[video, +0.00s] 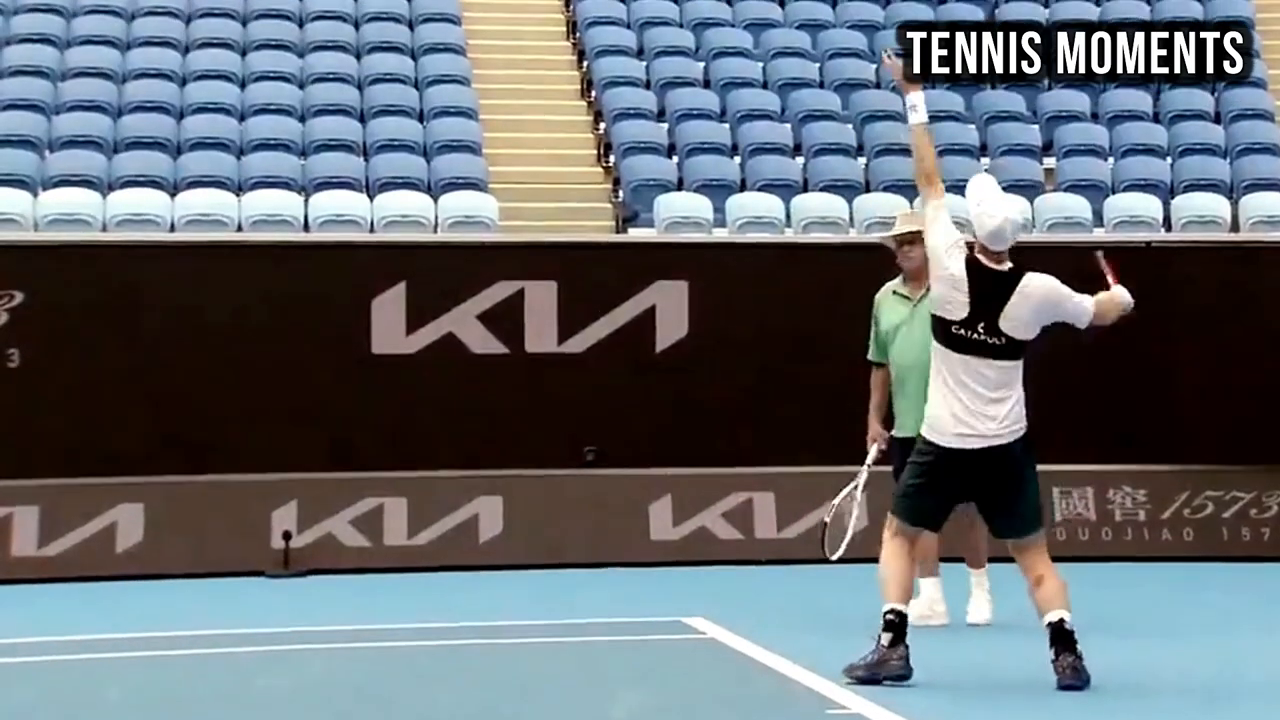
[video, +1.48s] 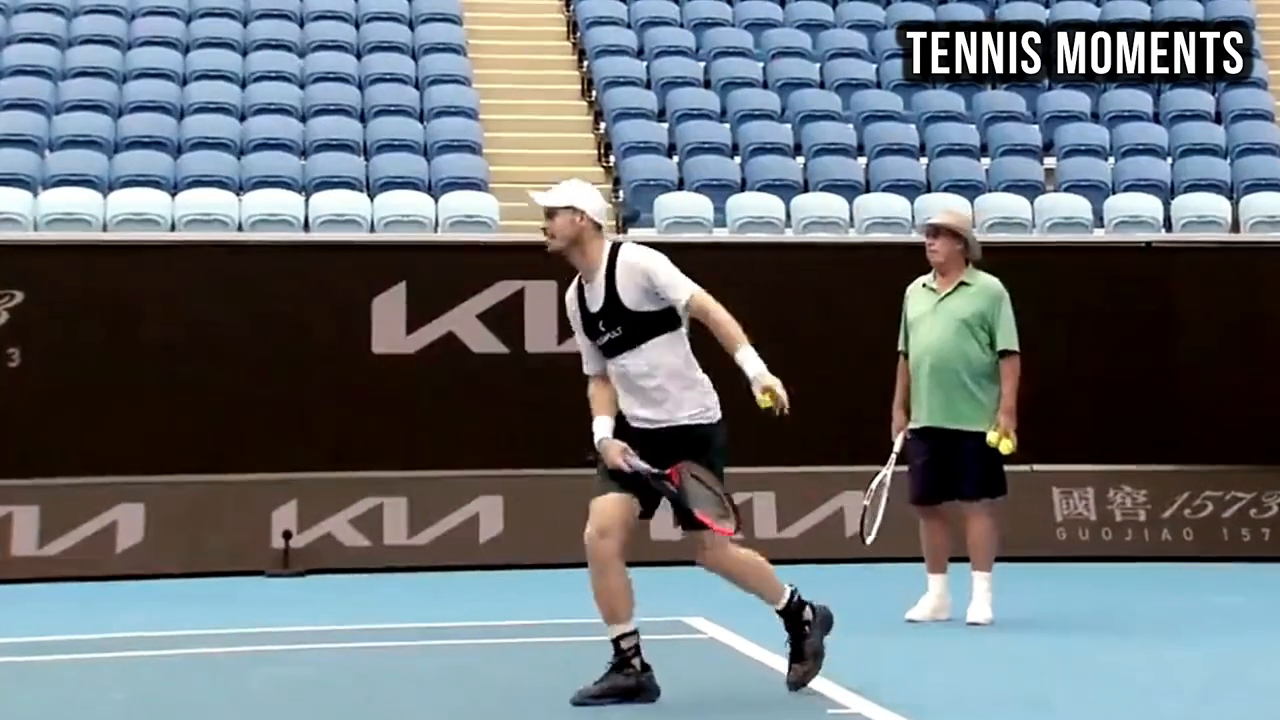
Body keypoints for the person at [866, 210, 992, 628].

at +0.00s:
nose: (906, 250)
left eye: (913, 242)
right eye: (900, 244)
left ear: (932, 246)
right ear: (893, 250)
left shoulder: (955, 292)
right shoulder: (885, 299)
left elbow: (976, 353)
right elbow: (880, 366)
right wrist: (875, 421)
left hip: (957, 426)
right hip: (908, 428)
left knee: (968, 510)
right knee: (918, 516)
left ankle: (980, 589)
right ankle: (930, 593)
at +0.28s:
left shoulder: (986, 299)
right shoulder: (912, 293)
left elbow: (1005, 360)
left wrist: (998, 415)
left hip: (972, 429)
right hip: (920, 429)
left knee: (978, 513)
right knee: (926, 521)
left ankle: (980, 599)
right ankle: (930, 598)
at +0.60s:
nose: (949, 245)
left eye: (959, 239)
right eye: (947, 239)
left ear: (981, 246)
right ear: (941, 246)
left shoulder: (1007, 294)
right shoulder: (928, 296)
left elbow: (1026, 360)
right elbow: (915, 356)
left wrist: (1024, 417)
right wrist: (911, 406)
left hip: (990, 422)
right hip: (937, 420)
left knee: (988, 507)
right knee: (934, 505)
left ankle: (983, 594)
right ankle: (927, 594)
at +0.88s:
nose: (955, 244)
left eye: (963, 238)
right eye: (952, 238)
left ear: (985, 245)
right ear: (950, 245)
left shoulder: (1013, 293)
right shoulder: (935, 288)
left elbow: (1032, 360)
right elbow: (921, 352)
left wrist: (1031, 417)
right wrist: (913, 405)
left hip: (992, 422)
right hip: (939, 418)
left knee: (987, 506)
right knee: (932, 505)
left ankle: (983, 596)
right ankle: (935, 594)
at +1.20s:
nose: (944, 242)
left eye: (953, 236)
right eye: (943, 236)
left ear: (976, 243)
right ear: (942, 245)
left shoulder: (1005, 291)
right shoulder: (928, 288)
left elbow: (1024, 356)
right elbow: (913, 354)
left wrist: (1021, 411)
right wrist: (906, 406)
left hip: (986, 419)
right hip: (933, 417)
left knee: (983, 505)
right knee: (932, 508)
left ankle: (982, 595)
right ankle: (935, 593)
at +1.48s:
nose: (930, 243)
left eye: (938, 236)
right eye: (929, 237)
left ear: (961, 243)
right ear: (927, 244)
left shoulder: (990, 291)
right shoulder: (916, 292)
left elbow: (1009, 356)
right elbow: (905, 357)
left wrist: (1007, 410)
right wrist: (899, 409)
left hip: (976, 421)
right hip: (925, 420)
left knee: (977, 505)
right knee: (928, 507)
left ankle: (980, 595)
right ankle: (937, 594)